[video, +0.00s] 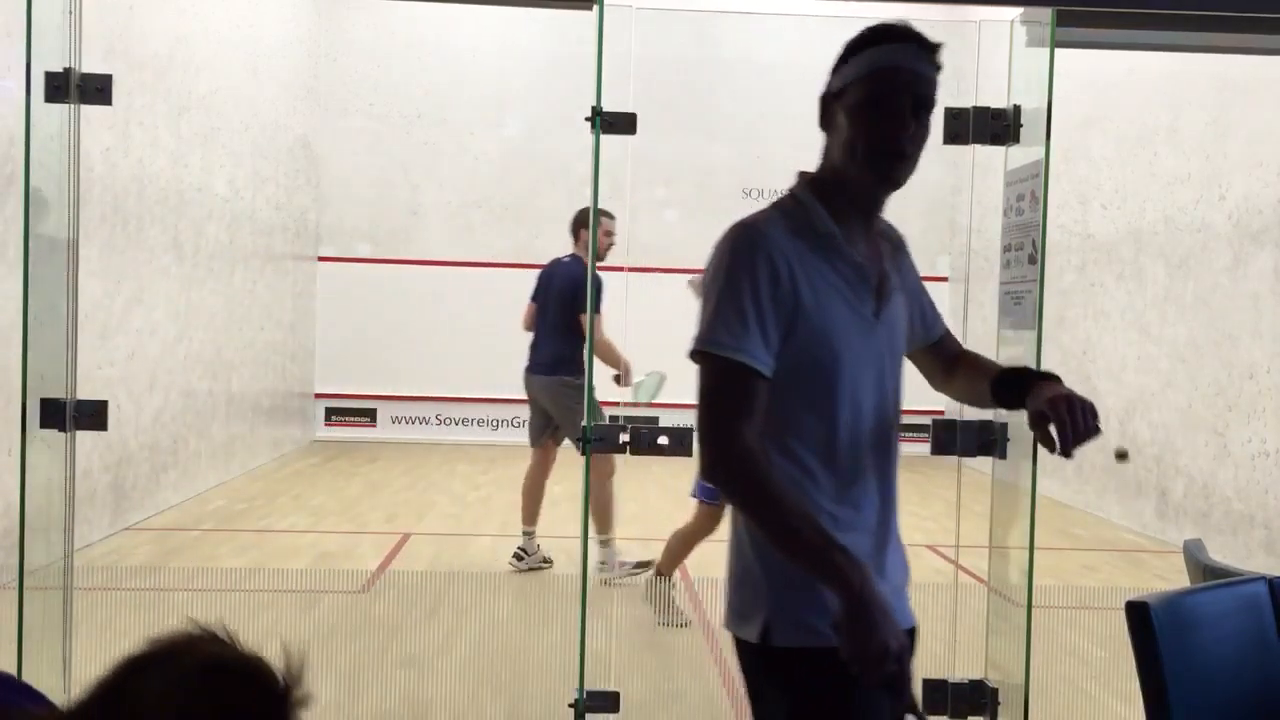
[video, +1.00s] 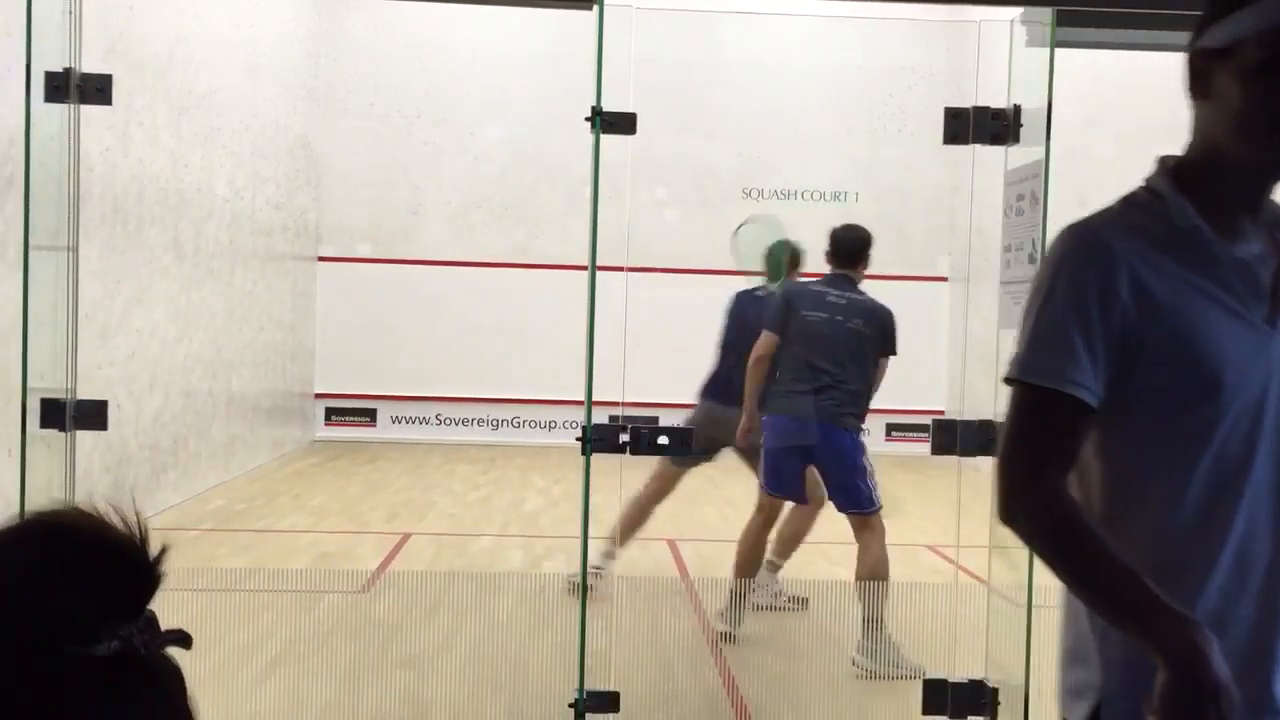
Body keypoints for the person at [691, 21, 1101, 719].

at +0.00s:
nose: (905, 131)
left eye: (921, 111)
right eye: (883, 103)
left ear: (932, 126)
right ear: (829, 109)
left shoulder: (886, 249)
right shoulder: (761, 249)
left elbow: (947, 365)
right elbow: (728, 450)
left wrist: (1029, 386)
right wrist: (855, 587)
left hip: (881, 607)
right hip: (798, 617)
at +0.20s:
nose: (947, 103)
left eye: (972, 86)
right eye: (925, 82)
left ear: (999, 119)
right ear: (887, 103)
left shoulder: (965, 247)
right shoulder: (831, 250)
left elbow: (957, 390)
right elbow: (783, 455)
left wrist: (1064, 435)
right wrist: (925, 593)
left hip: (967, 627)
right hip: (876, 638)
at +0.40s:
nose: (1021, 85)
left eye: (1047, 68)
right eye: (995, 66)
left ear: (1076, 101)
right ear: (955, 94)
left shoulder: (1046, 243)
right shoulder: (900, 247)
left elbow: (1022, 408)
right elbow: (847, 461)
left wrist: (1116, 456)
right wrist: (996, 595)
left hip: (1056, 639)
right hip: (945, 650)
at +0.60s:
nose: (1093, 81)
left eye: (1121, 62)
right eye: (1065, 60)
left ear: (1148, 91)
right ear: (1022, 83)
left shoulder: (1116, 235)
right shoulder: (958, 243)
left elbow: (1088, 414)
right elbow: (912, 470)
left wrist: (1193, 454)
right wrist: (1071, 609)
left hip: (1125, 647)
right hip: (1001, 662)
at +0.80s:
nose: (1180, 90)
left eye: (1211, 70)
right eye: (1152, 64)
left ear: (1232, 93)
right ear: (1101, 80)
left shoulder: (1195, 238)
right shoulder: (1024, 247)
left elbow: (1162, 416)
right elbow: (965, 480)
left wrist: (1268, 464)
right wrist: (1122, 626)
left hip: (1190, 658)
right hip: (1061, 670)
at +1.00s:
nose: (1277, 95)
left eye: (1278, 72)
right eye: (1265, 69)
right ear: (1201, 74)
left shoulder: (1271, 254)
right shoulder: (1106, 254)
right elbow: (1028, 488)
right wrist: (1183, 644)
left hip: (1265, 683)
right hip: (1142, 690)